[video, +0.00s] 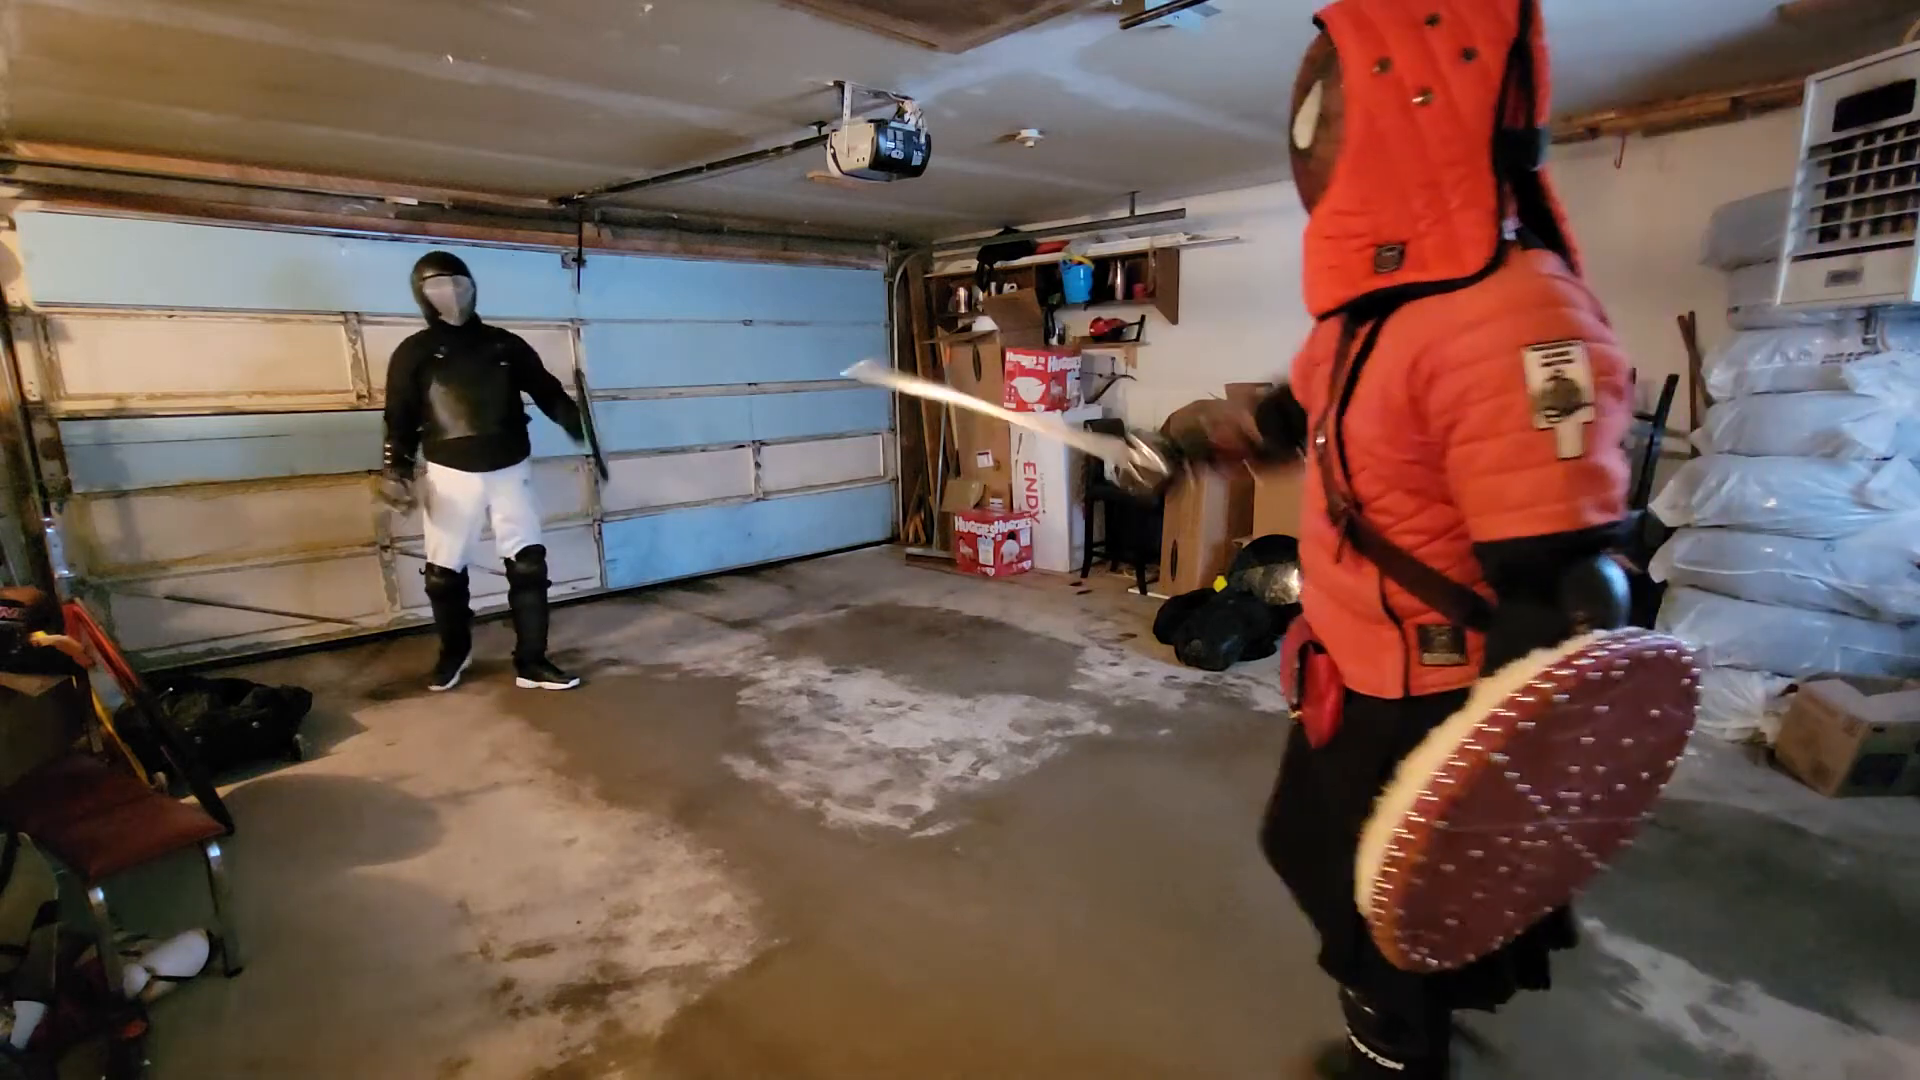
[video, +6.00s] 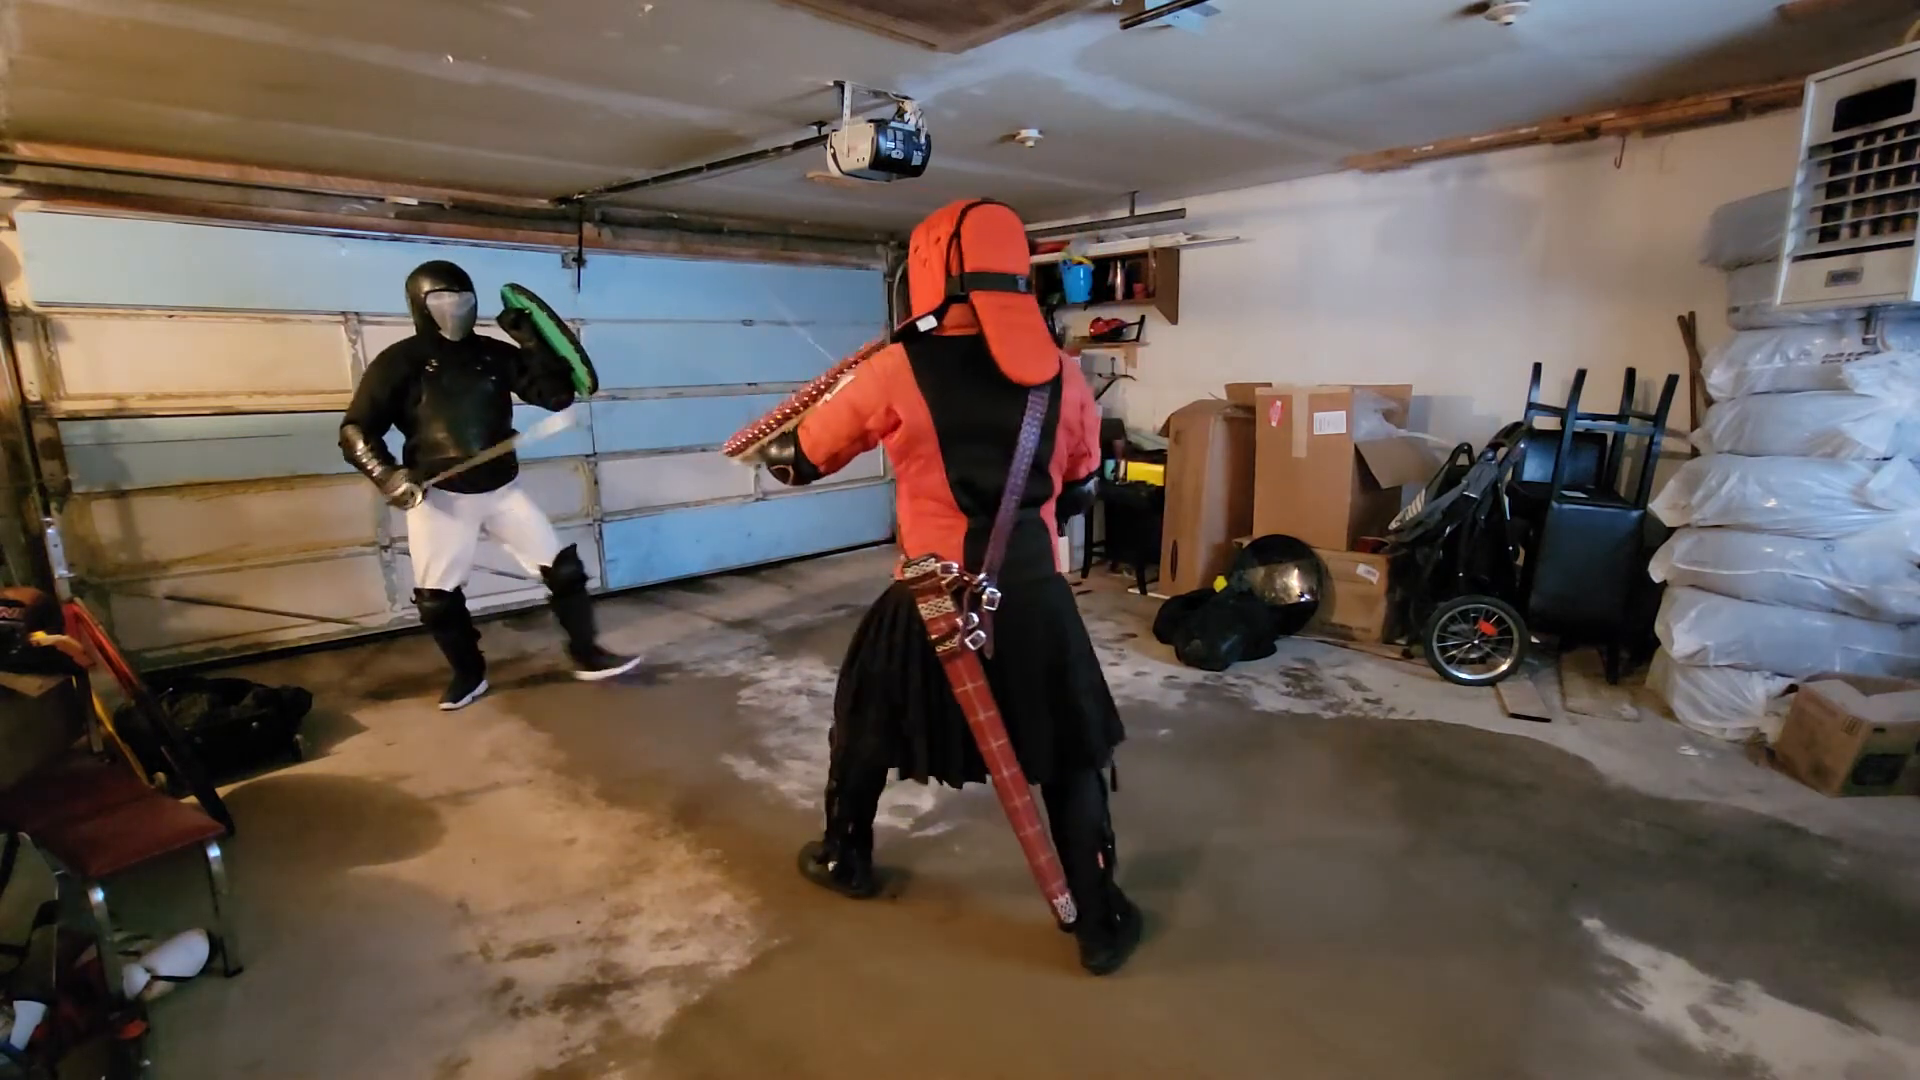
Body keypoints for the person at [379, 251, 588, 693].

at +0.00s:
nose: (451, 289)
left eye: (457, 280)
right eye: (438, 282)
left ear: (470, 287)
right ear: (423, 294)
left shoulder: (505, 345)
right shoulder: (412, 354)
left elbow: (546, 389)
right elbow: (399, 417)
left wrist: (574, 421)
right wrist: (397, 469)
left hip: (510, 473)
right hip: (449, 477)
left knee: (528, 564)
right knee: (443, 574)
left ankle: (532, 660)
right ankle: (454, 651)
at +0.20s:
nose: (425, 295)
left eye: (431, 284)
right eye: (412, 288)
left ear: (444, 288)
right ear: (398, 299)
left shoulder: (483, 344)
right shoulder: (390, 358)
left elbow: (543, 383)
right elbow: (373, 419)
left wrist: (549, 354)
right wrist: (361, 457)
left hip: (491, 473)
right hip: (431, 479)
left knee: (515, 563)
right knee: (438, 574)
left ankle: (530, 661)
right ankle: (459, 654)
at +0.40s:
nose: (406, 301)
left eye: (412, 290)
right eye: (393, 294)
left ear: (426, 291)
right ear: (379, 303)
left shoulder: (467, 341)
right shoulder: (375, 358)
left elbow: (530, 366)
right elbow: (353, 417)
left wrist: (501, 312)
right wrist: (333, 436)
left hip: (478, 471)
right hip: (420, 479)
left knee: (512, 555)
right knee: (431, 571)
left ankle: (521, 648)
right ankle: (458, 654)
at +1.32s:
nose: (408, 306)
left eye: (414, 295)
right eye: (395, 299)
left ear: (427, 296)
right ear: (379, 308)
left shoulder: (466, 347)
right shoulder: (372, 364)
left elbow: (513, 406)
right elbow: (361, 423)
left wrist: (510, 362)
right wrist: (366, 451)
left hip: (482, 473)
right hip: (422, 483)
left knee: (519, 558)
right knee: (433, 573)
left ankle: (547, 651)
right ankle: (459, 656)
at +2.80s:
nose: (455, 291)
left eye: (463, 279)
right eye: (441, 283)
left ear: (480, 280)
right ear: (428, 293)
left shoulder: (526, 342)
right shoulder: (419, 355)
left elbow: (591, 384)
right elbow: (381, 424)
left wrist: (563, 324)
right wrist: (385, 452)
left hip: (529, 496)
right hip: (459, 502)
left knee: (565, 595)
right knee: (454, 608)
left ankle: (589, 708)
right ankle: (482, 684)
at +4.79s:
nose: (520, 299)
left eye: (525, 289)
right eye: (509, 289)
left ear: (531, 293)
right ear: (478, 292)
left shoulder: (545, 349)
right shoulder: (441, 349)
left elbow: (605, 396)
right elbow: (410, 422)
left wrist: (590, 336)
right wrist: (450, 464)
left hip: (538, 495)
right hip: (470, 498)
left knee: (568, 594)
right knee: (464, 601)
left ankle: (572, 701)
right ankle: (481, 684)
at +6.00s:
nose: (459, 304)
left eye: (464, 295)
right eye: (445, 296)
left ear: (473, 300)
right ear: (422, 306)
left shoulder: (495, 354)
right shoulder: (399, 362)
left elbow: (558, 394)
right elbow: (355, 431)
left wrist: (531, 340)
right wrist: (388, 476)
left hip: (502, 491)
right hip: (438, 499)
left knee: (563, 569)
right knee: (437, 599)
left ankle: (586, 653)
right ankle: (468, 673)